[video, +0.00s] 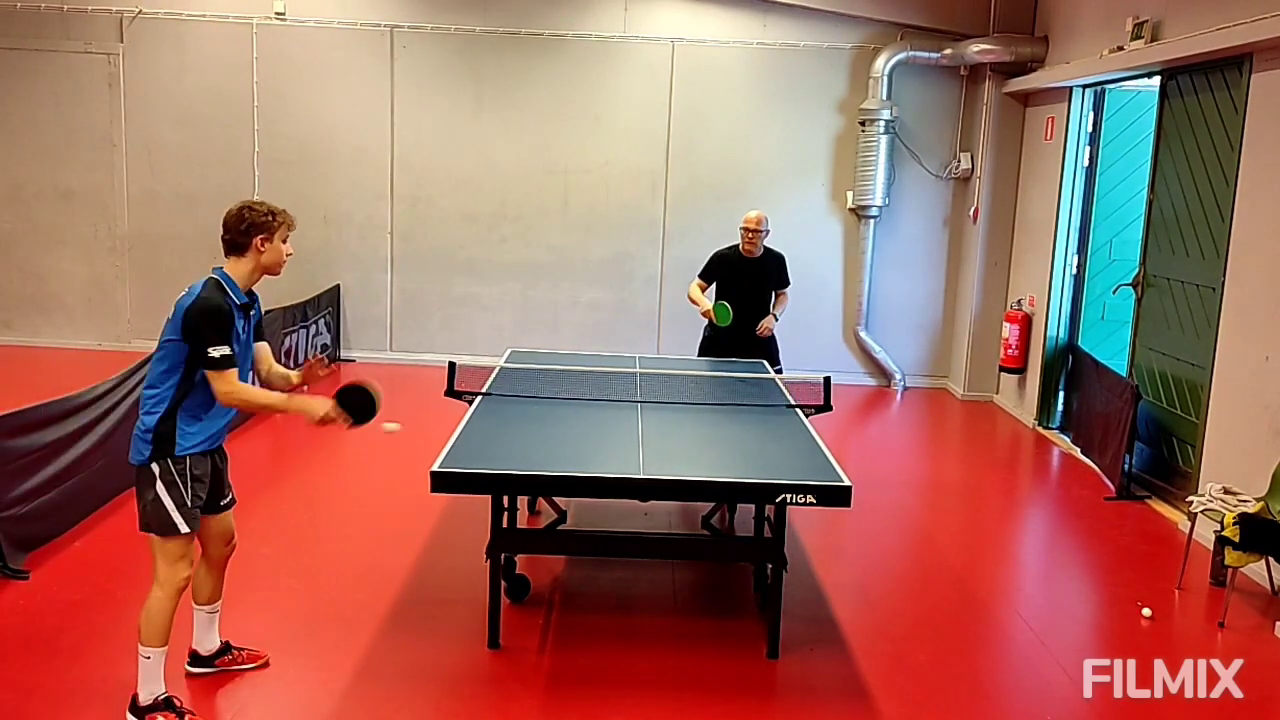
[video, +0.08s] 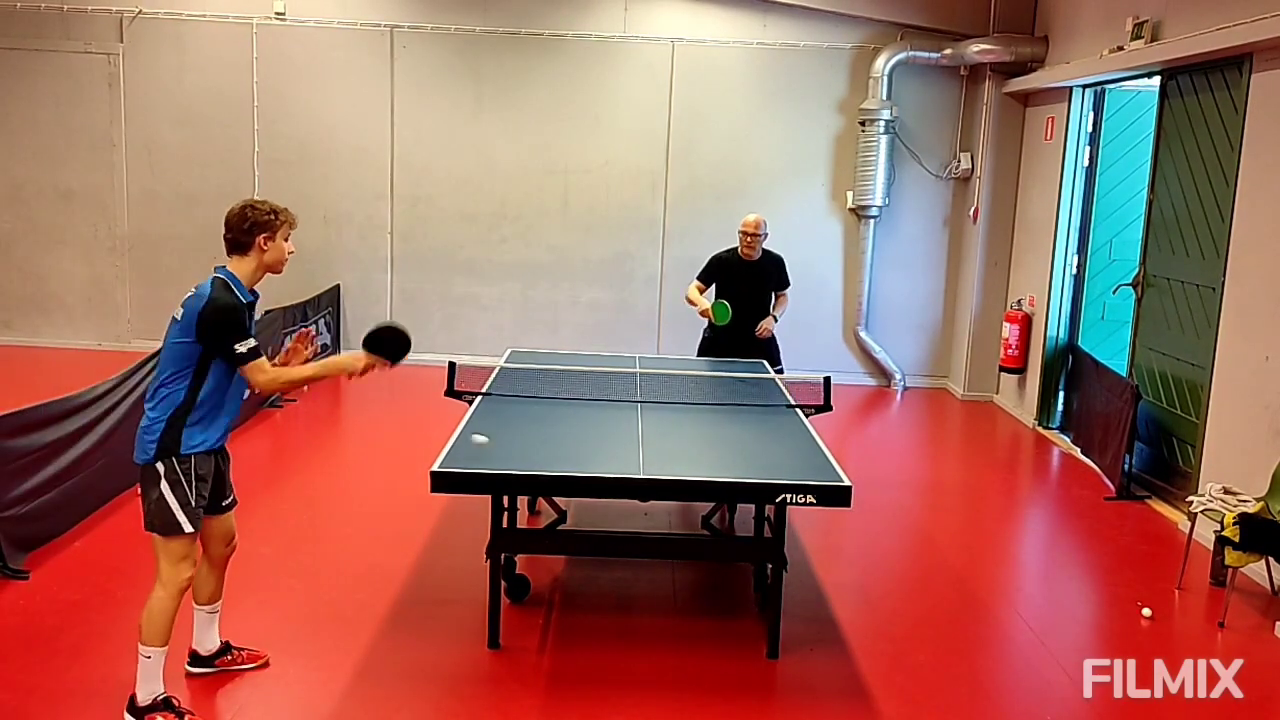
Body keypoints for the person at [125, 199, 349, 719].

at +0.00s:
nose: (290, 250)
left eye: (289, 241)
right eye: (286, 241)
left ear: (256, 244)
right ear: (260, 245)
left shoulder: (247, 299)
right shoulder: (211, 303)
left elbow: (263, 366)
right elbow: (227, 391)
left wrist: (294, 380)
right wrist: (304, 406)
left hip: (205, 444)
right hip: (167, 451)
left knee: (219, 544)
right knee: (174, 571)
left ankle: (207, 650)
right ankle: (148, 698)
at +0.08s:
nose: (290, 249)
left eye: (290, 240)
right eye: (286, 239)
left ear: (253, 242)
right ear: (262, 243)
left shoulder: (238, 296)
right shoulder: (221, 301)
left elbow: (227, 380)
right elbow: (265, 381)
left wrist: (281, 368)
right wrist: (342, 363)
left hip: (206, 444)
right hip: (171, 451)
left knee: (221, 543)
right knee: (176, 574)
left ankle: (207, 650)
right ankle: (145, 698)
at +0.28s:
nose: (283, 245)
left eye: (282, 235)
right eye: (280, 236)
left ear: (233, 239)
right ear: (261, 239)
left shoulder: (205, 287)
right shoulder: (244, 298)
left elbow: (207, 357)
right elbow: (311, 345)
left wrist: (266, 369)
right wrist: (348, 302)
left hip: (191, 446)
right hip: (192, 453)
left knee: (215, 547)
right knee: (199, 579)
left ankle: (206, 650)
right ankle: (144, 701)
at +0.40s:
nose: (281, 243)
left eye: (280, 234)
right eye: (278, 235)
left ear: (232, 241)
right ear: (258, 241)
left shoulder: (194, 290)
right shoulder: (247, 303)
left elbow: (165, 343)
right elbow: (311, 354)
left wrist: (234, 365)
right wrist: (344, 310)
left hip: (177, 454)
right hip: (198, 460)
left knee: (211, 563)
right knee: (213, 589)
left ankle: (207, 650)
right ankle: (171, 711)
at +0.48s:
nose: (279, 251)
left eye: (278, 242)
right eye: (276, 243)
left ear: (225, 248)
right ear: (260, 250)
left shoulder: (186, 297)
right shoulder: (250, 313)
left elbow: (145, 345)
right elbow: (307, 372)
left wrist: (200, 370)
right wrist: (342, 330)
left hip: (168, 462)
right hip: (200, 468)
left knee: (207, 559)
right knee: (227, 593)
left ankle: (205, 651)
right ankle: (202, 714)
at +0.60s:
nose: (288, 268)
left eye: (286, 259)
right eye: (285, 259)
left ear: (232, 263)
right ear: (269, 267)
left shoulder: (191, 305)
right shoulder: (252, 331)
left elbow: (149, 363)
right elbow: (298, 403)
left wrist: (215, 382)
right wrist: (344, 364)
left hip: (150, 471)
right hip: (187, 480)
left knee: (188, 563)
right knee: (231, 599)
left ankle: (195, 653)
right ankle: (202, 715)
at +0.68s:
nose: (293, 279)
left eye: (294, 270)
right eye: (292, 271)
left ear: (238, 271)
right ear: (277, 277)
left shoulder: (199, 310)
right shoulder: (250, 338)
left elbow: (181, 384)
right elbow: (282, 423)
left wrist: (263, 393)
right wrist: (345, 400)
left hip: (140, 467)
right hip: (175, 481)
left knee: (176, 561)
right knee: (225, 599)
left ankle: (170, 655)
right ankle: (202, 715)